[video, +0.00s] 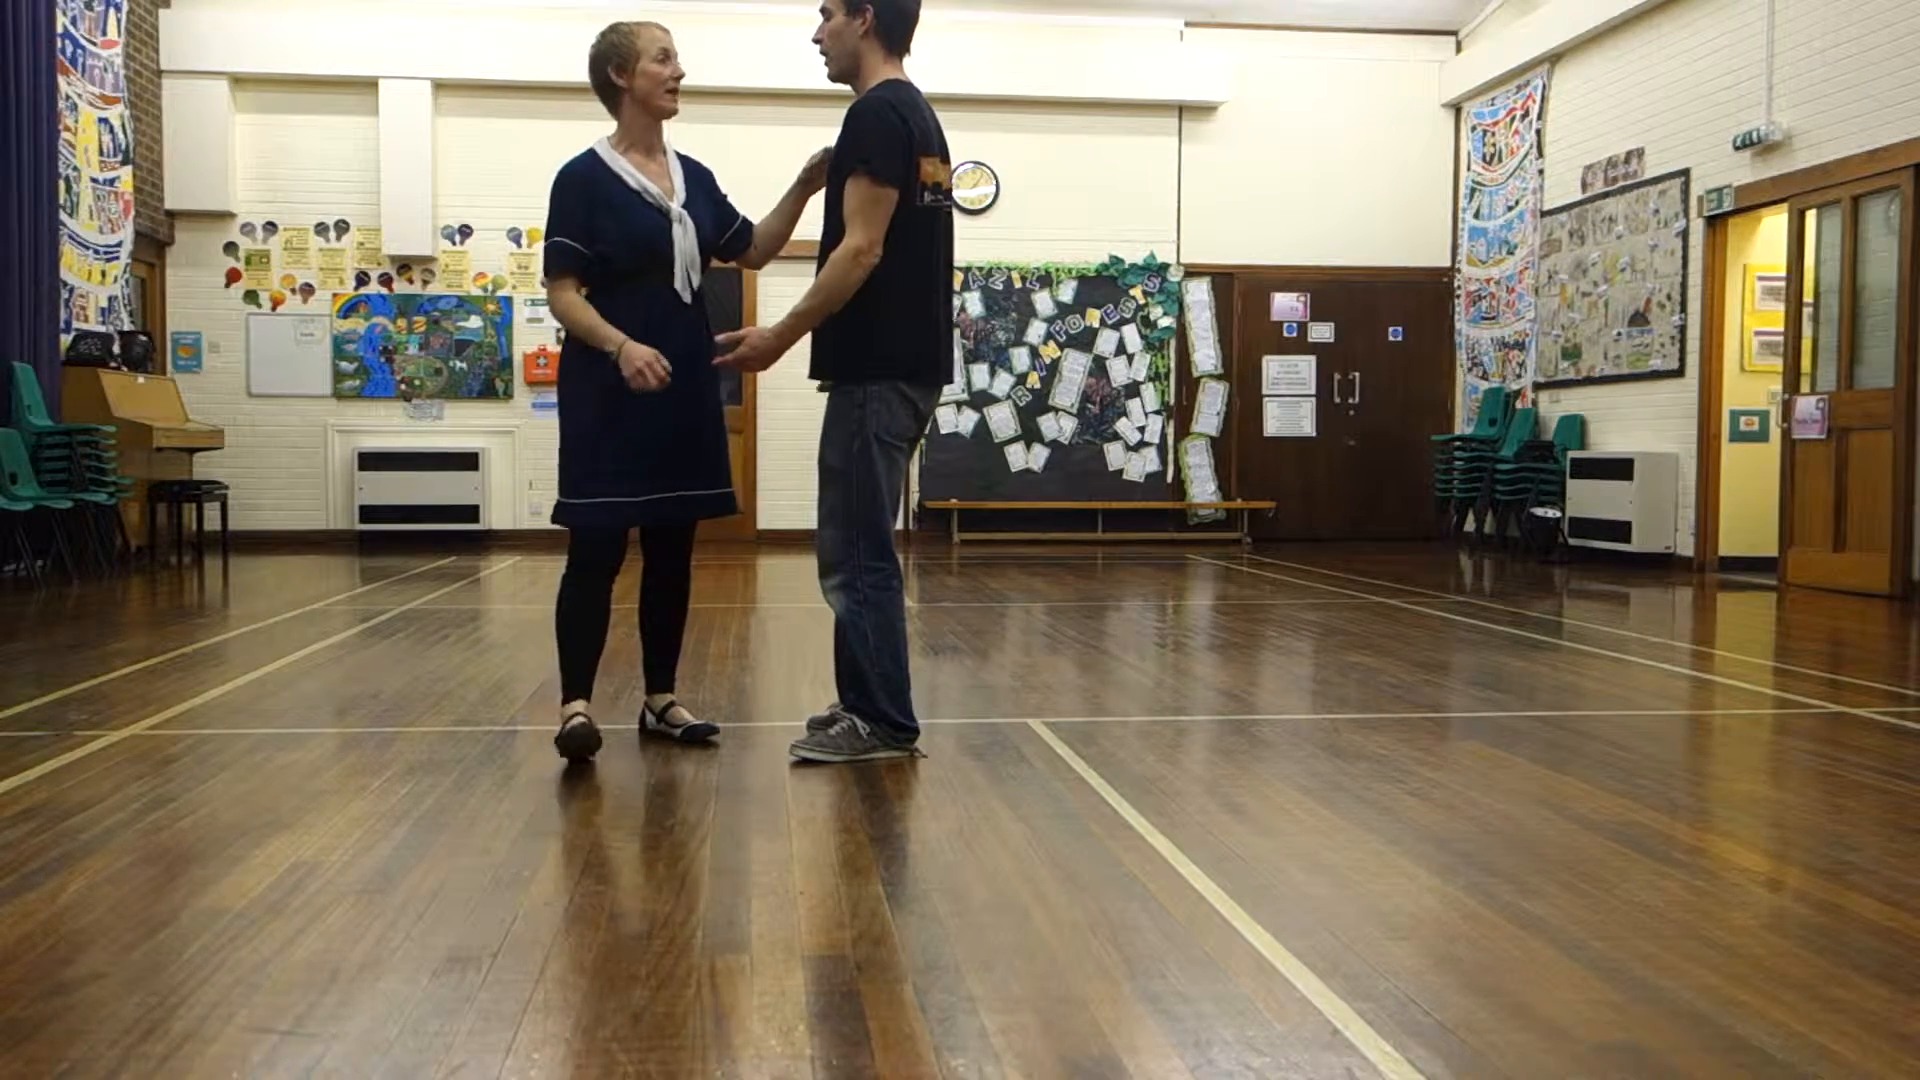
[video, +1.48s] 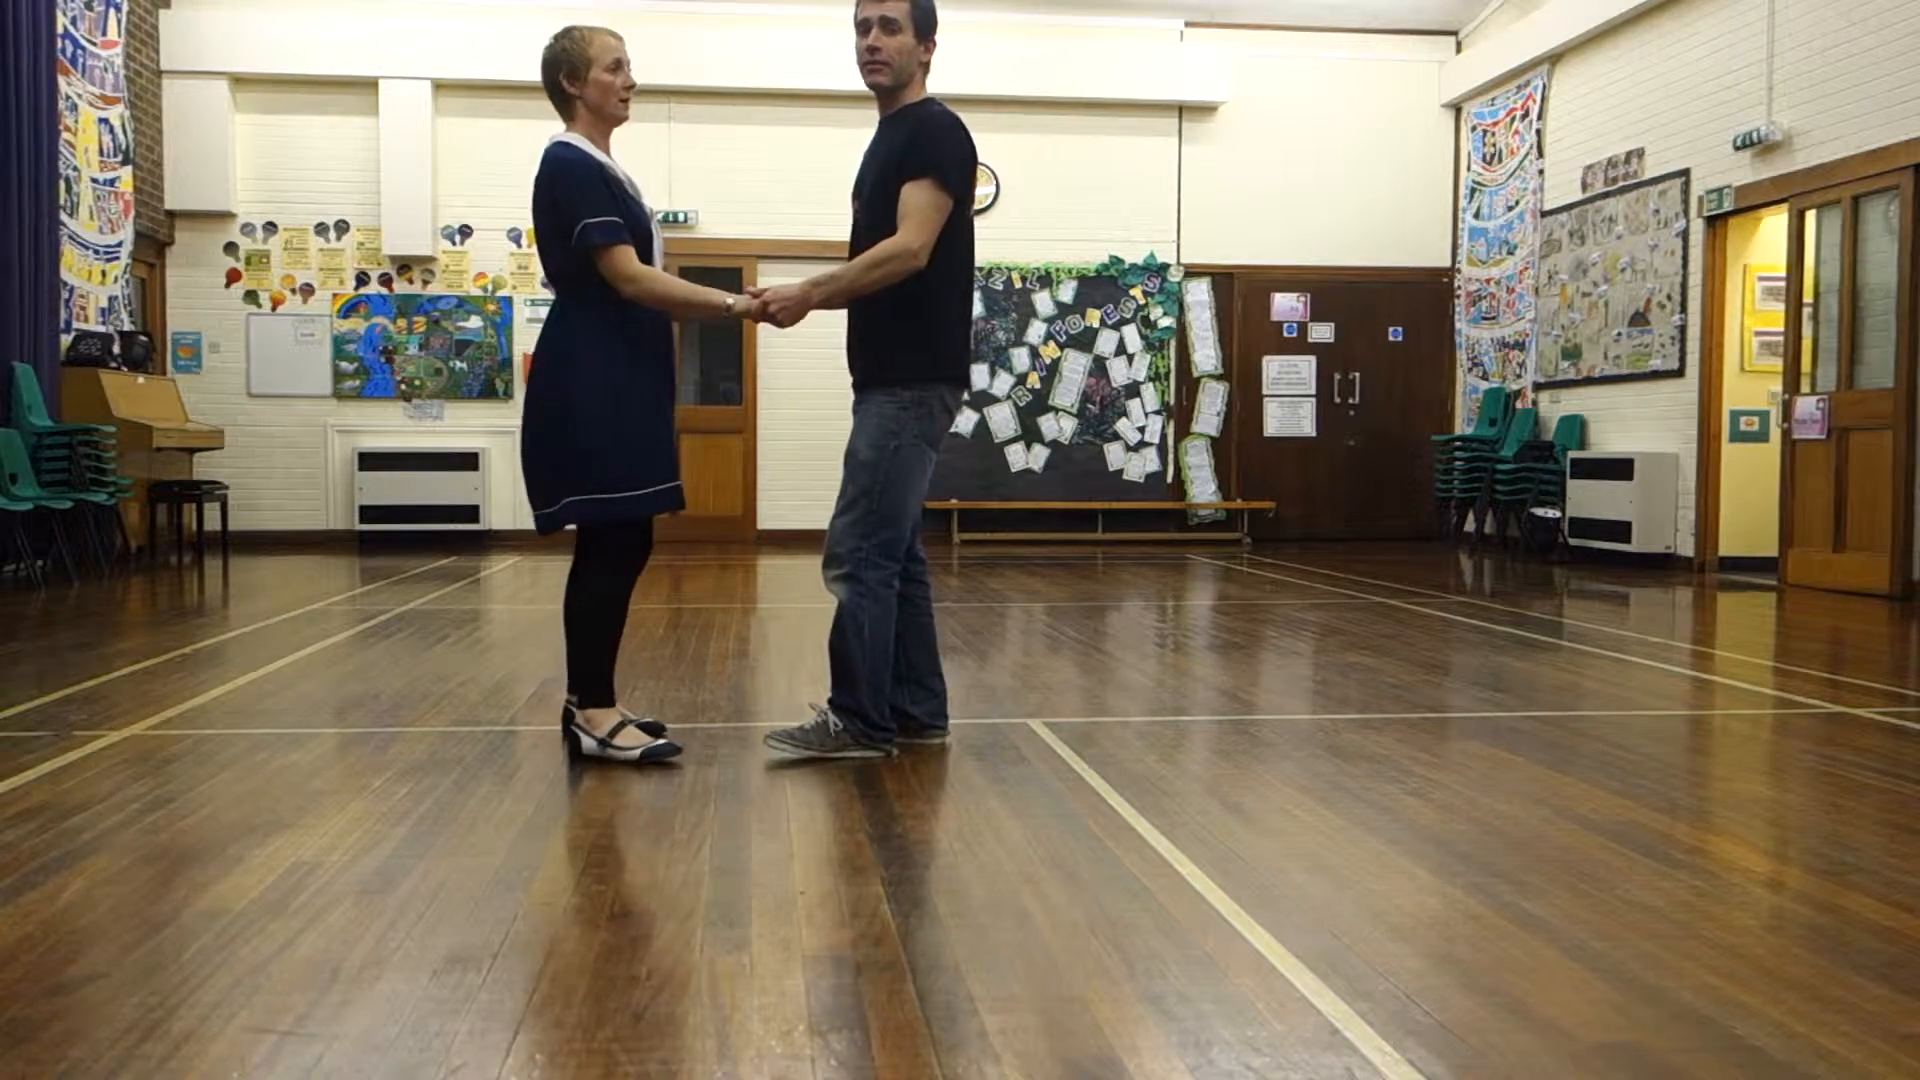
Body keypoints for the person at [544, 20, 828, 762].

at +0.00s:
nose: (679, 71)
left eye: (677, 59)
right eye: (662, 59)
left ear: (659, 77)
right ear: (618, 77)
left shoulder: (691, 175)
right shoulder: (583, 177)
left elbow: (753, 250)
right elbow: (562, 293)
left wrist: (803, 186)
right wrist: (619, 344)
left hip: (685, 397)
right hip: (606, 396)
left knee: (670, 546)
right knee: (596, 551)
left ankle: (661, 702)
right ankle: (577, 707)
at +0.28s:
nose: (679, 66)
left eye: (676, 54)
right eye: (661, 55)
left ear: (642, 73)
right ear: (618, 70)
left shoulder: (677, 171)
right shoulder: (585, 170)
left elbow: (718, 260)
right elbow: (569, 286)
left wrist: (781, 217)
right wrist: (663, 304)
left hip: (675, 396)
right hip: (609, 399)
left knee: (666, 547)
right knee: (616, 551)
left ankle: (660, 703)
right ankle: (589, 717)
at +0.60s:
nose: (667, 62)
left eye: (664, 50)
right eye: (652, 49)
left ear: (626, 66)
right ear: (608, 62)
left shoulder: (637, 162)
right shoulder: (581, 156)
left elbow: (656, 260)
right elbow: (583, 276)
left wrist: (731, 252)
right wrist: (690, 283)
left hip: (658, 391)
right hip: (602, 393)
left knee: (667, 544)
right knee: (620, 549)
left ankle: (657, 705)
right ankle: (593, 722)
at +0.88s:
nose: (656, 54)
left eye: (651, 42)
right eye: (642, 44)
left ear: (611, 60)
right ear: (601, 59)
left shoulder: (618, 154)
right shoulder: (579, 147)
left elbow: (637, 266)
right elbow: (598, 274)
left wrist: (713, 274)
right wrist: (703, 288)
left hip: (633, 389)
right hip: (594, 390)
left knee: (664, 533)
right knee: (613, 542)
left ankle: (618, 694)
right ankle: (593, 719)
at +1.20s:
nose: (641, 67)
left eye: (637, 55)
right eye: (626, 55)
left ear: (594, 73)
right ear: (583, 71)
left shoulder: (605, 159)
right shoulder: (575, 155)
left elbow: (638, 272)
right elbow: (626, 275)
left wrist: (727, 295)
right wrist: (729, 299)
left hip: (626, 387)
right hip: (603, 387)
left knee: (622, 543)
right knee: (618, 543)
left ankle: (593, 705)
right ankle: (593, 717)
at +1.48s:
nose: (630, 81)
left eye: (629, 68)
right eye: (615, 69)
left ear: (592, 85)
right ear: (573, 83)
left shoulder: (602, 168)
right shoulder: (573, 165)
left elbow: (638, 277)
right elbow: (627, 276)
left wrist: (731, 299)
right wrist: (735, 303)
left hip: (620, 390)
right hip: (596, 391)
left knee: (620, 542)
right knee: (614, 543)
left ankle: (593, 705)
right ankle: (592, 714)